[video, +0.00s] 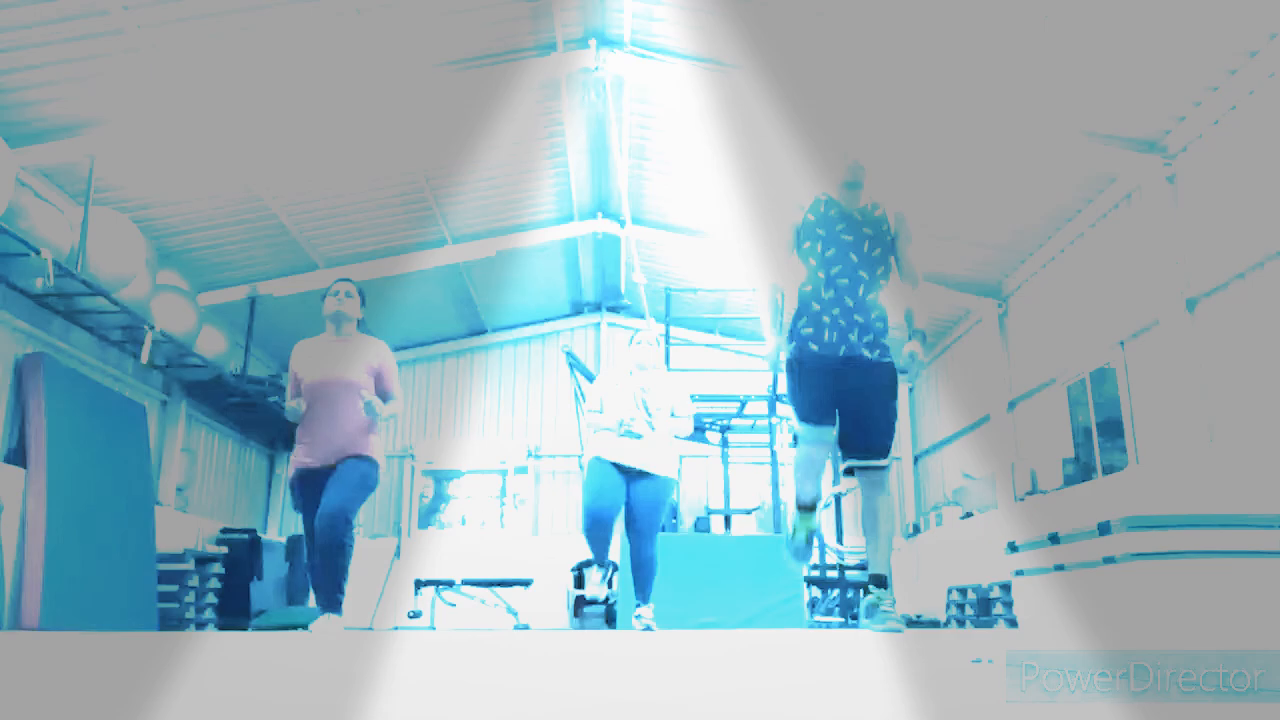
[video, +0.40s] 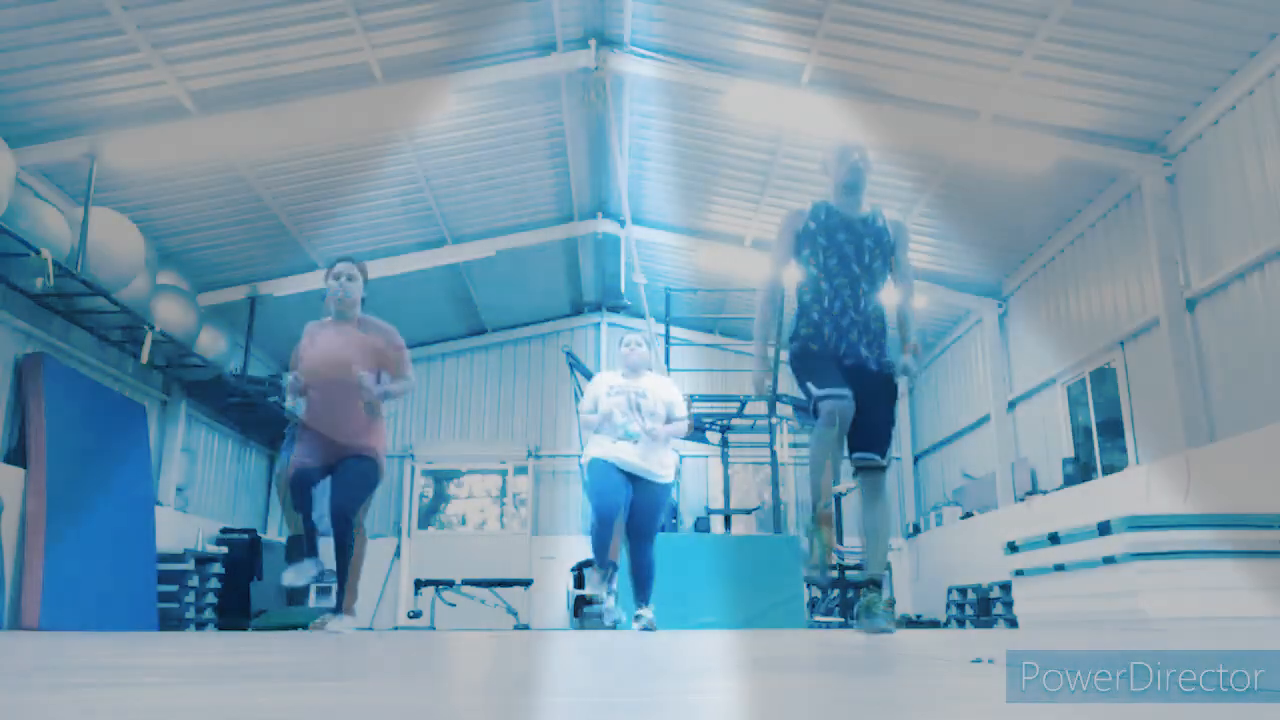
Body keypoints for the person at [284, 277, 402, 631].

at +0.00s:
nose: (340, 298)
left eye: (349, 294)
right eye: (334, 294)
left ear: (361, 308)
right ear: (323, 306)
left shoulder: (376, 348)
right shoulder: (302, 349)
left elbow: (394, 400)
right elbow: (293, 404)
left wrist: (382, 408)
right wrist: (292, 407)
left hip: (358, 456)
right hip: (309, 460)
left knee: (331, 516)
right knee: (314, 539)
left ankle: (331, 611)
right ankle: (329, 612)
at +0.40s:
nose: (343, 285)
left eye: (351, 279)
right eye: (336, 278)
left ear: (364, 288)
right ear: (326, 287)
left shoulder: (383, 335)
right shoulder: (312, 333)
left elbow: (406, 381)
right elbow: (300, 380)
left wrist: (381, 390)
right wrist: (295, 384)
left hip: (361, 443)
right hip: (316, 438)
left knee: (343, 508)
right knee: (296, 479)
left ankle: (342, 610)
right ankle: (309, 559)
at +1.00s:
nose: (321, 266)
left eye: (329, 261)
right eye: (314, 260)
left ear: (343, 271)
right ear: (303, 270)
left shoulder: (363, 313)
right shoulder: (284, 314)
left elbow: (388, 364)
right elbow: (265, 371)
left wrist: (367, 364)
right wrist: (286, 351)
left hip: (352, 420)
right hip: (302, 424)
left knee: (349, 474)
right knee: (296, 519)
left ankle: (347, 553)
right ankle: (295, 609)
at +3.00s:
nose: (349, 285)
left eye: (357, 280)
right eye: (342, 279)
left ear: (368, 291)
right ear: (331, 289)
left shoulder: (382, 332)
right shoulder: (312, 332)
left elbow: (408, 382)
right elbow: (291, 387)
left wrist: (386, 381)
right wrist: (305, 372)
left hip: (365, 433)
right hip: (318, 435)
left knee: (351, 504)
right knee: (319, 517)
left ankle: (346, 606)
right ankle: (324, 605)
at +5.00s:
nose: (378, 304)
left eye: (386, 300)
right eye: (373, 299)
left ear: (399, 310)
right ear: (364, 308)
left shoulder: (412, 348)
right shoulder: (348, 346)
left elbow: (433, 395)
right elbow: (329, 392)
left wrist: (412, 399)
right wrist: (337, 385)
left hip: (389, 443)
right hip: (347, 440)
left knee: (378, 524)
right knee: (334, 507)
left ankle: (378, 607)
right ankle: (352, 565)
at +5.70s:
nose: (350, 285)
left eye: (358, 280)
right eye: (344, 280)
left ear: (371, 291)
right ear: (334, 290)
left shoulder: (392, 330)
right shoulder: (319, 332)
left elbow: (413, 376)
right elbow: (304, 384)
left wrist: (397, 385)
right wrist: (320, 377)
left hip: (382, 430)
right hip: (336, 436)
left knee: (370, 480)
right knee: (336, 518)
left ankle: (378, 550)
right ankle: (338, 605)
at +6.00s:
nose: (352, 278)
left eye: (360, 273)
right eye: (346, 273)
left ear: (372, 285)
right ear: (335, 283)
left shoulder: (388, 325)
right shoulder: (316, 324)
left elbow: (408, 375)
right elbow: (298, 377)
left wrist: (390, 388)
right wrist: (312, 375)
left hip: (373, 419)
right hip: (326, 426)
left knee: (351, 460)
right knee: (329, 503)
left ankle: (345, 559)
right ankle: (340, 598)